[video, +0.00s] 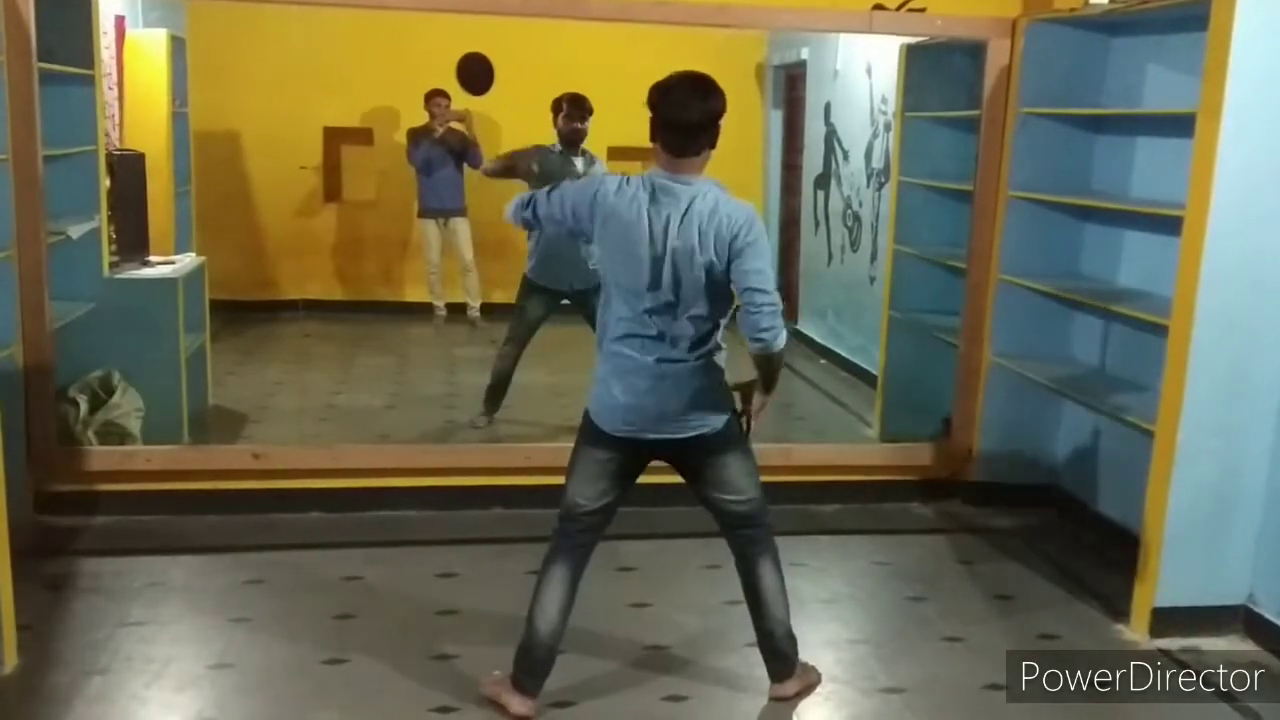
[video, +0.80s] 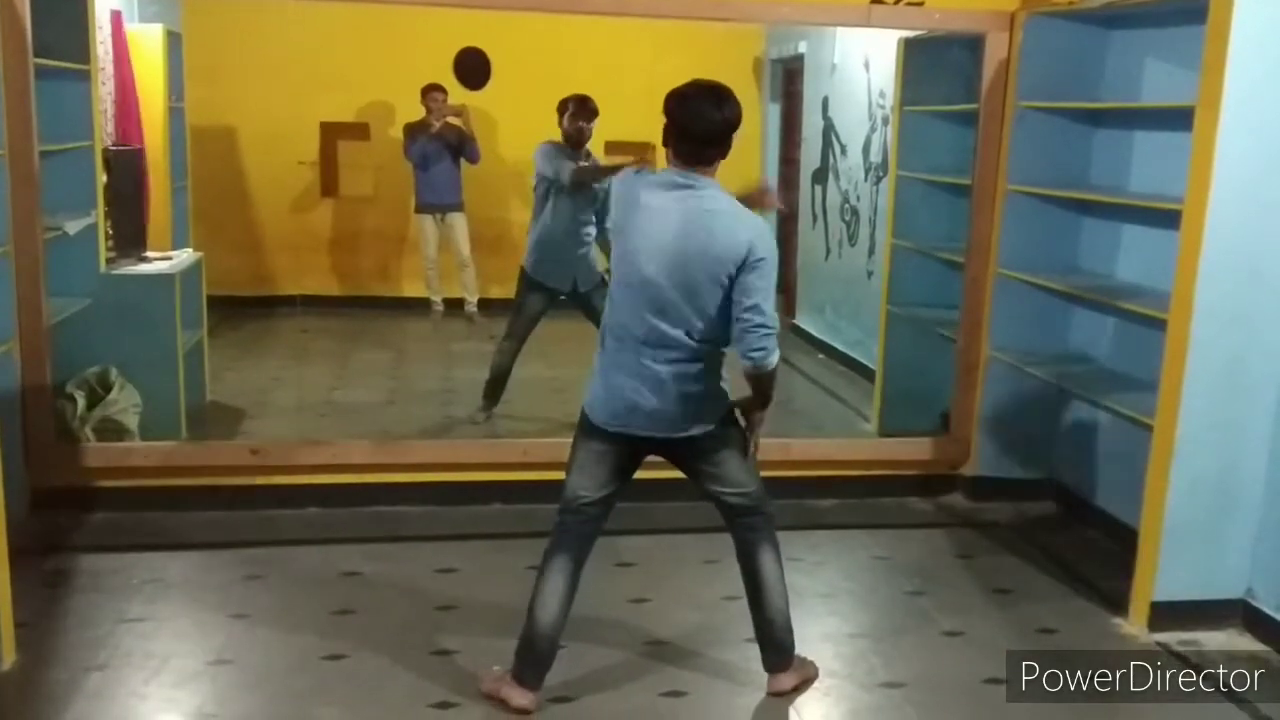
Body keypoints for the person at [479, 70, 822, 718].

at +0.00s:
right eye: (718, 126)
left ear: (652, 130)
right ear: (717, 135)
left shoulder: (606, 198)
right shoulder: (737, 220)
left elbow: (522, 210)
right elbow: (763, 330)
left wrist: (546, 188)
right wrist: (768, 380)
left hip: (617, 408)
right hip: (699, 410)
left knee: (571, 544)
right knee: (752, 539)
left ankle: (523, 688)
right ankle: (784, 673)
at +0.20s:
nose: (732, 147)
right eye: (735, 139)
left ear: (672, 137)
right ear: (735, 147)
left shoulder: (613, 195)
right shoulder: (745, 227)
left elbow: (543, 242)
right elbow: (761, 343)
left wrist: (541, 201)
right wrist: (751, 395)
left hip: (615, 405)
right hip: (697, 410)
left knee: (569, 537)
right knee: (753, 528)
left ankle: (523, 685)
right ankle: (784, 669)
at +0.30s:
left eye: (677, 130)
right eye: (733, 141)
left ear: (675, 136)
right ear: (737, 150)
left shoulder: (617, 200)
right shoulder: (745, 227)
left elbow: (548, 264)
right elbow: (760, 344)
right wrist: (744, 398)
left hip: (614, 405)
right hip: (697, 410)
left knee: (567, 535)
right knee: (754, 527)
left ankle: (521, 684)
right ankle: (784, 668)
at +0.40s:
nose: (676, 136)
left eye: (676, 126)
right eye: (729, 134)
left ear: (672, 132)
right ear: (735, 142)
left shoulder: (621, 199)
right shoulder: (743, 224)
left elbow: (571, 260)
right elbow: (757, 341)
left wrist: (604, 307)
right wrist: (748, 392)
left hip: (613, 402)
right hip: (695, 408)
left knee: (569, 535)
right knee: (752, 528)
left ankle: (522, 684)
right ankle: (783, 667)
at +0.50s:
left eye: (674, 126)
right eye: (727, 131)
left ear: (668, 132)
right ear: (732, 140)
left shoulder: (623, 197)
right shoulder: (741, 225)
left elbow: (565, 235)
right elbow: (756, 338)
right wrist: (757, 386)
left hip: (615, 401)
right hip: (695, 407)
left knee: (571, 536)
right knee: (752, 528)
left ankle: (521, 683)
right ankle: (783, 667)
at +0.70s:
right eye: (730, 134)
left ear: (666, 134)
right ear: (731, 144)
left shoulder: (621, 195)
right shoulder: (741, 233)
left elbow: (587, 192)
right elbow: (752, 347)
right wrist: (764, 391)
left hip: (612, 402)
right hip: (692, 408)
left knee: (571, 539)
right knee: (751, 527)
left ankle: (522, 683)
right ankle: (783, 667)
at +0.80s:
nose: (669, 137)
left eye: (670, 127)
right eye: (728, 134)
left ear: (665, 135)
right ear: (729, 144)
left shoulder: (624, 192)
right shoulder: (751, 232)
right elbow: (755, 347)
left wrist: (745, 205)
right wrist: (762, 399)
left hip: (612, 400)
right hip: (691, 408)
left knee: (571, 534)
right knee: (752, 521)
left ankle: (523, 682)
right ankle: (781, 666)